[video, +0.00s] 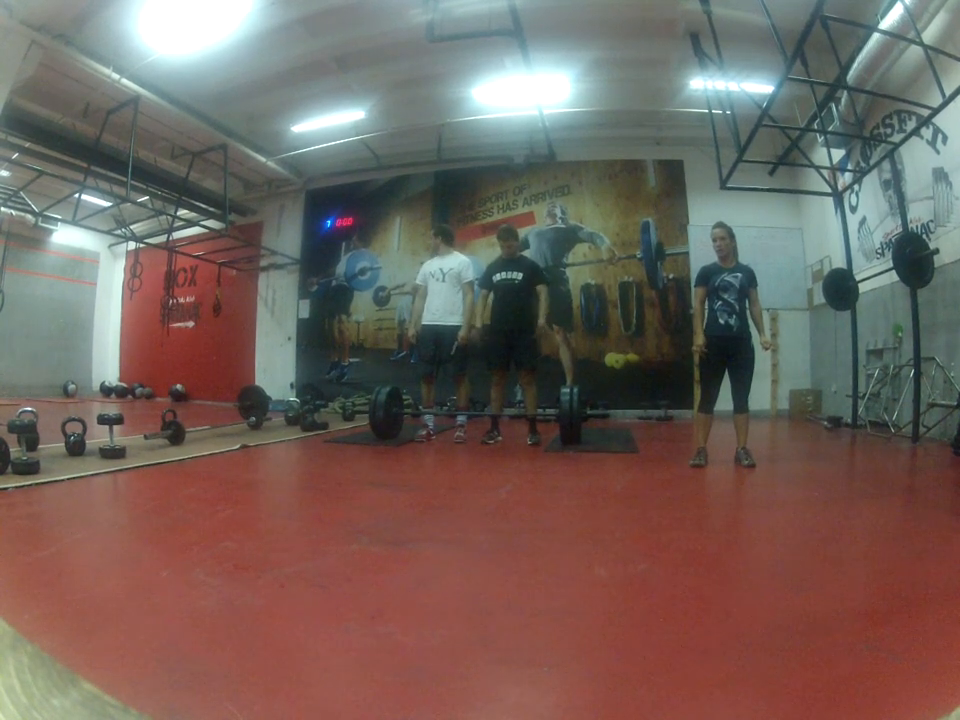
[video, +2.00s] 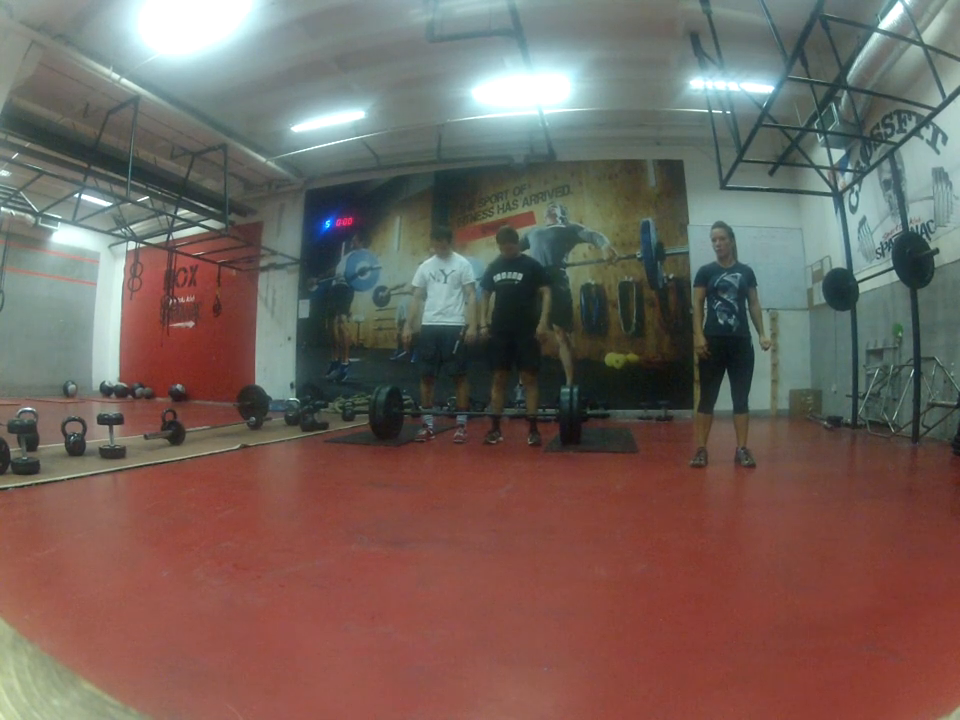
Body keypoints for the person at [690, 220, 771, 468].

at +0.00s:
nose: (718, 244)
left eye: (722, 239)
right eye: (715, 240)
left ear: (733, 241)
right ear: (711, 244)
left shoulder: (746, 272)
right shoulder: (706, 272)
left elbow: (754, 305)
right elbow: (698, 305)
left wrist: (762, 334)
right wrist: (698, 335)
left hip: (741, 343)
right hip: (713, 342)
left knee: (741, 400)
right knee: (707, 399)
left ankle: (742, 449)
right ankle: (700, 449)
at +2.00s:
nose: (718, 244)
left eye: (722, 239)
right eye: (714, 240)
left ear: (732, 241)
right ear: (711, 244)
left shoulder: (745, 272)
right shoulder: (705, 272)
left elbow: (754, 305)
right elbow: (697, 306)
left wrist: (761, 334)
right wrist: (698, 335)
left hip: (740, 343)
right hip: (712, 342)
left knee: (741, 400)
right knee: (707, 400)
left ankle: (742, 449)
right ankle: (701, 450)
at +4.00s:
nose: (718, 243)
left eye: (722, 239)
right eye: (714, 240)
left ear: (732, 241)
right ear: (711, 243)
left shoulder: (745, 272)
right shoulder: (705, 272)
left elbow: (754, 306)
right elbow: (697, 306)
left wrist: (761, 333)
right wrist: (698, 335)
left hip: (740, 343)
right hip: (712, 342)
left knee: (740, 398)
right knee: (707, 398)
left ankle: (742, 449)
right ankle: (701, 449)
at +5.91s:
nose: (706, 245)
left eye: (710, 240)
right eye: (705, 241)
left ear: (726, 241)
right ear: (709, 244)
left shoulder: (745, 271)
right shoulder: (704, 272)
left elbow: (753, 305)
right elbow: (697, 306)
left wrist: (761, 333)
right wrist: (697, 335)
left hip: (739, 342)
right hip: (711, 342)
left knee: (740, 399)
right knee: (706, 398)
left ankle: (742, 449)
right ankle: (701, 449)